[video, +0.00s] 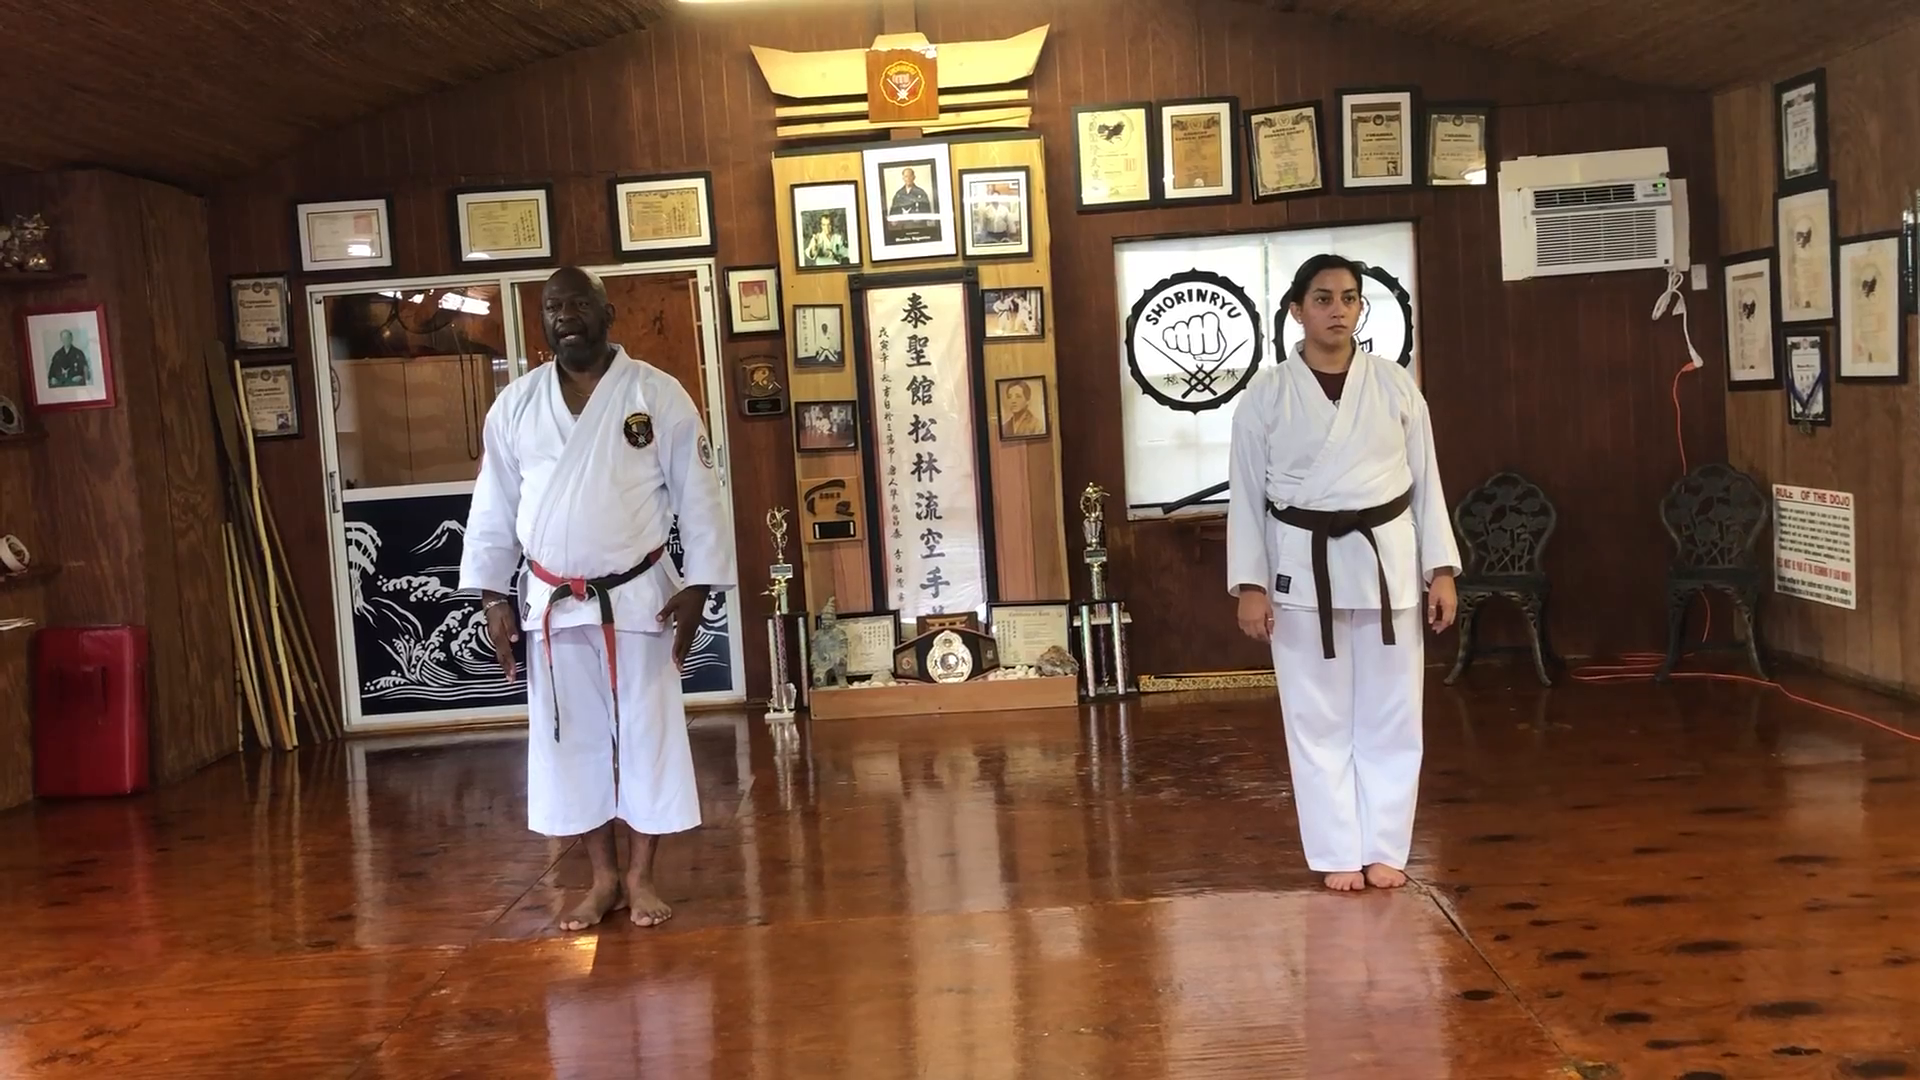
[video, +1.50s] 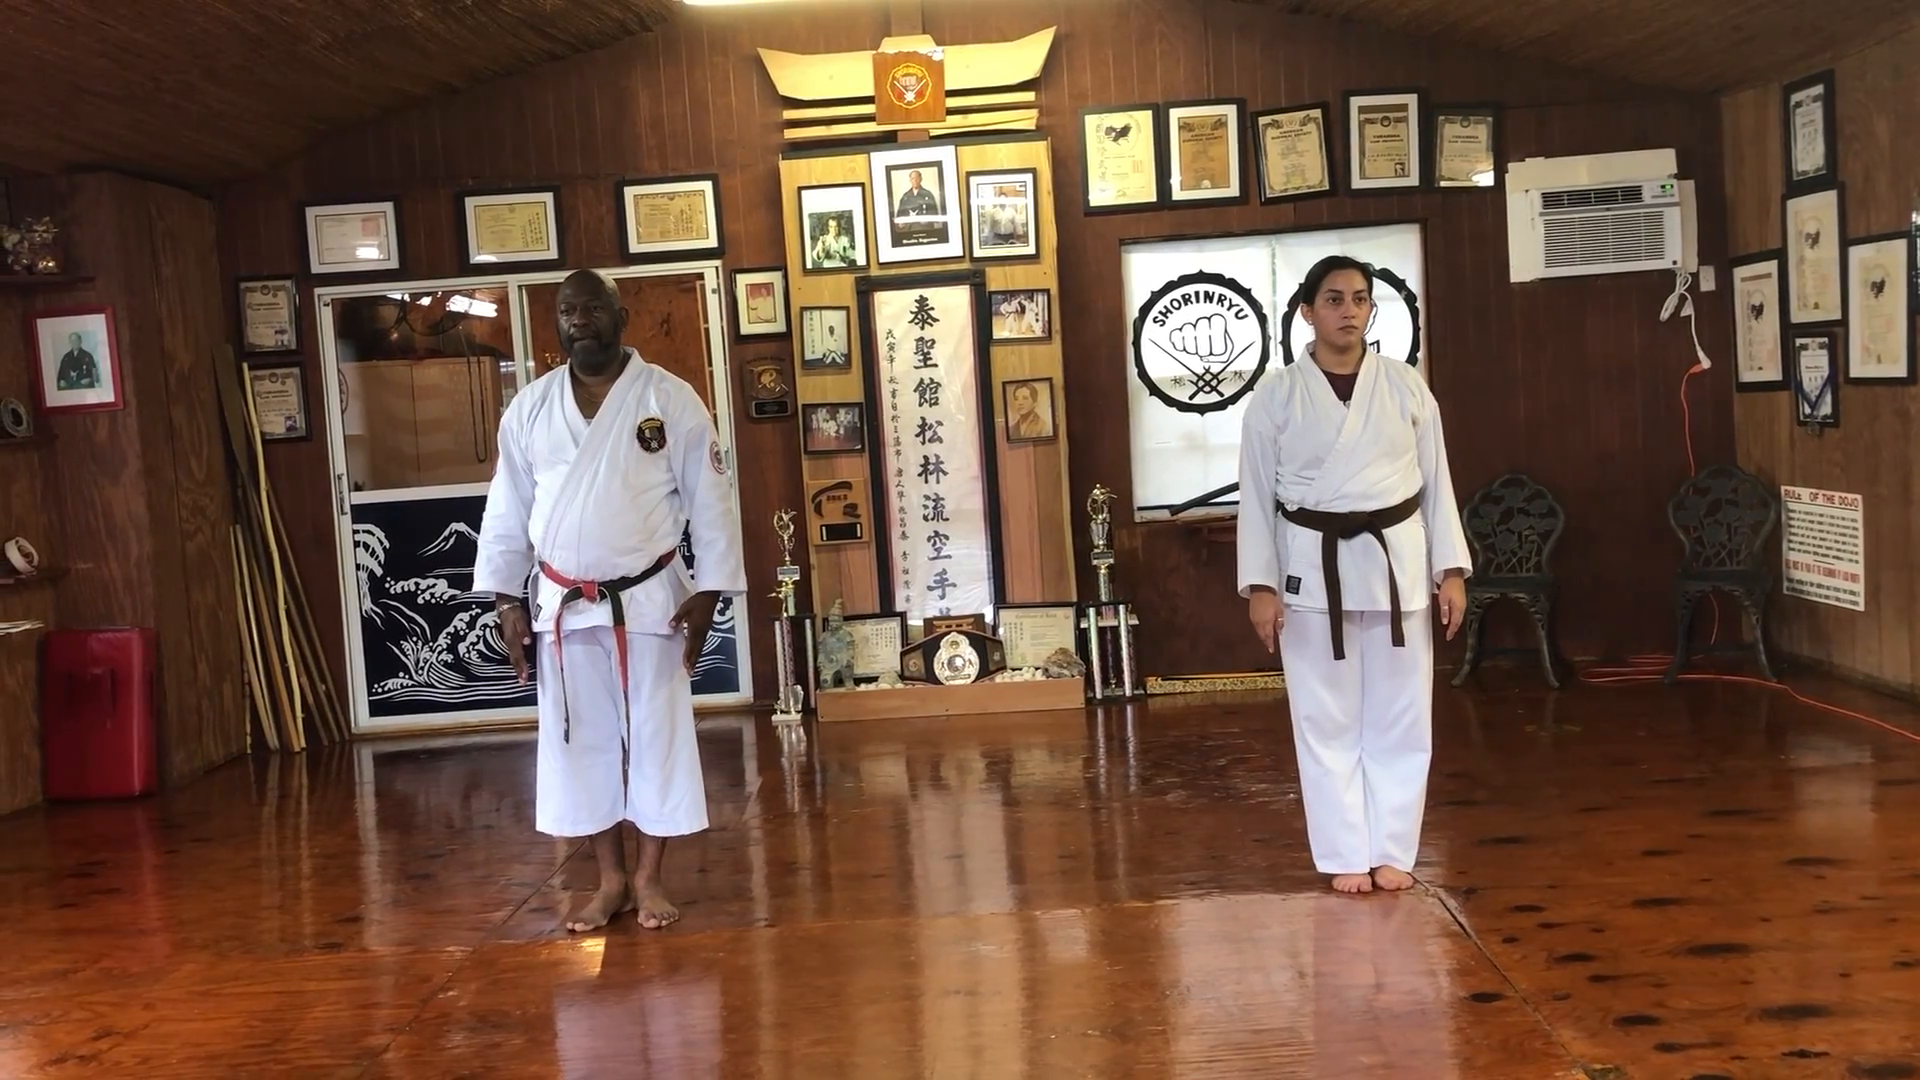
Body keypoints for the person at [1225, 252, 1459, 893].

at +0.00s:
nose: (1339, 309)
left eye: (1349, 298)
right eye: (1324, 298)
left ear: (1361, 310)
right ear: (1297, 310)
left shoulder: (1395, 384)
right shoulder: (1264, 394)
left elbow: (1424, 483)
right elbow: (1246, 495)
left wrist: (1441, 569)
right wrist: (1249, 582)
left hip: (1389, 567)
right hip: (1301, 573)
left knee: (1390, 716)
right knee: (1319, 719)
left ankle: (1385, 853)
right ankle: (1337, 857)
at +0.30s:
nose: (1340, 311)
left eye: (1351, 299)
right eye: (1325, 299)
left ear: (1363, 311)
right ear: (1298, 311)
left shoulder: (1396, 386)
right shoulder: (1265, 396)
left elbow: (1426, 485)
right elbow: (1247, 497)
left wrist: (1442, 570)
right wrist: (1250, 583)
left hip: (1390, 568)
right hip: (1303, 574)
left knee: (1391, 717)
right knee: (1320, 720)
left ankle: (1385, 854)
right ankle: (1338, 858)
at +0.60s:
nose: (1342, 311)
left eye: (1352, 300)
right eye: (1326, 299)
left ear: (1364, 312)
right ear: (1300, 312)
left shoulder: (1398, 386)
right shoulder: (1266, 396)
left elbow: (1427, 485)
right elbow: (1248, 497)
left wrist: (1442, 571)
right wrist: (1252, 584)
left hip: (1391, 568)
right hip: (1304, 574)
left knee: (1392, 718)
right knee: (1321, 721)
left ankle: (1386, 855)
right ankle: (1339, 859)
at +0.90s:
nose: (1343, 311)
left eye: (1353, 299)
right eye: (1328, 299)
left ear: (1366, 311)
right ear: (1301, 311)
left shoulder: (1399, 385)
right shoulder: (1268, 395)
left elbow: (1429, 484)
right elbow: (1250, 497)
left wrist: (1444, 570)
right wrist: (1253, 584)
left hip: (1393, 568)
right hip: (1306, 574)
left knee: (1394, 717)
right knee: (1323, 720)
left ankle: (1388, 855)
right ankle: (1341, 859)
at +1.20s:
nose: (1346, 311)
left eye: (1357, 299)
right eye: (1331, 299)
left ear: (1369, 311)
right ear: (1304, 311)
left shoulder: (1403, 385)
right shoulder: (1270, 396)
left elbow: (1432, 485)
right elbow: (1253, 497)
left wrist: (1447, 570)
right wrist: (1256, 583)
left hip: (1395, 567)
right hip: (1308, 573)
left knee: (1396, 717)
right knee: (1325, 719)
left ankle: (1390, 855)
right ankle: (1343, 860)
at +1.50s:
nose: (1349, 310)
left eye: (1360, 299)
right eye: (1334, 298)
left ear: (1372, 311)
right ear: (1308, 311)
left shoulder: (1405, 385)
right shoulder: (1273, 396)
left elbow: (1435, 484)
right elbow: (1256, 497)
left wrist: (1450, 570)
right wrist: (1260, 584)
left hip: (1399, 570)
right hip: (1311, 575)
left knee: (1399, 717)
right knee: (1327, 720)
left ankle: (1392, 855)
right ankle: (1345, 860)